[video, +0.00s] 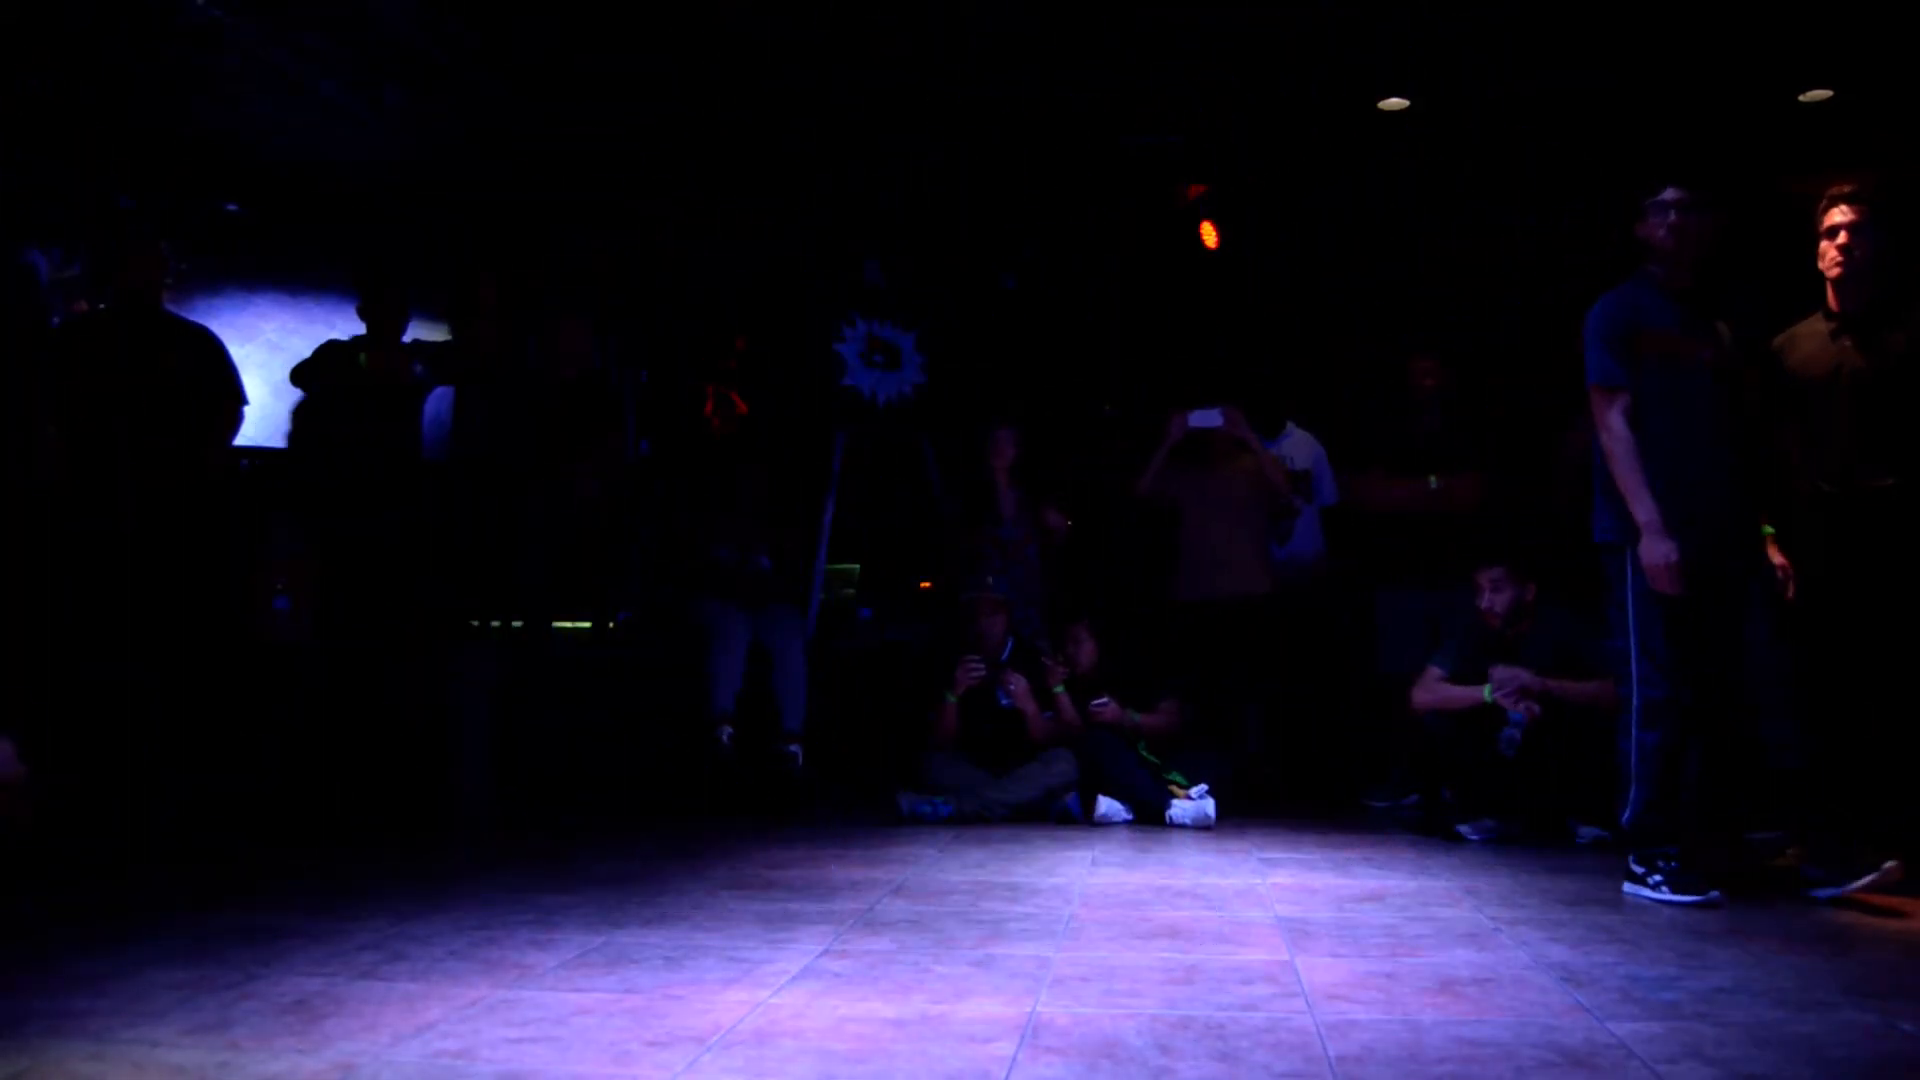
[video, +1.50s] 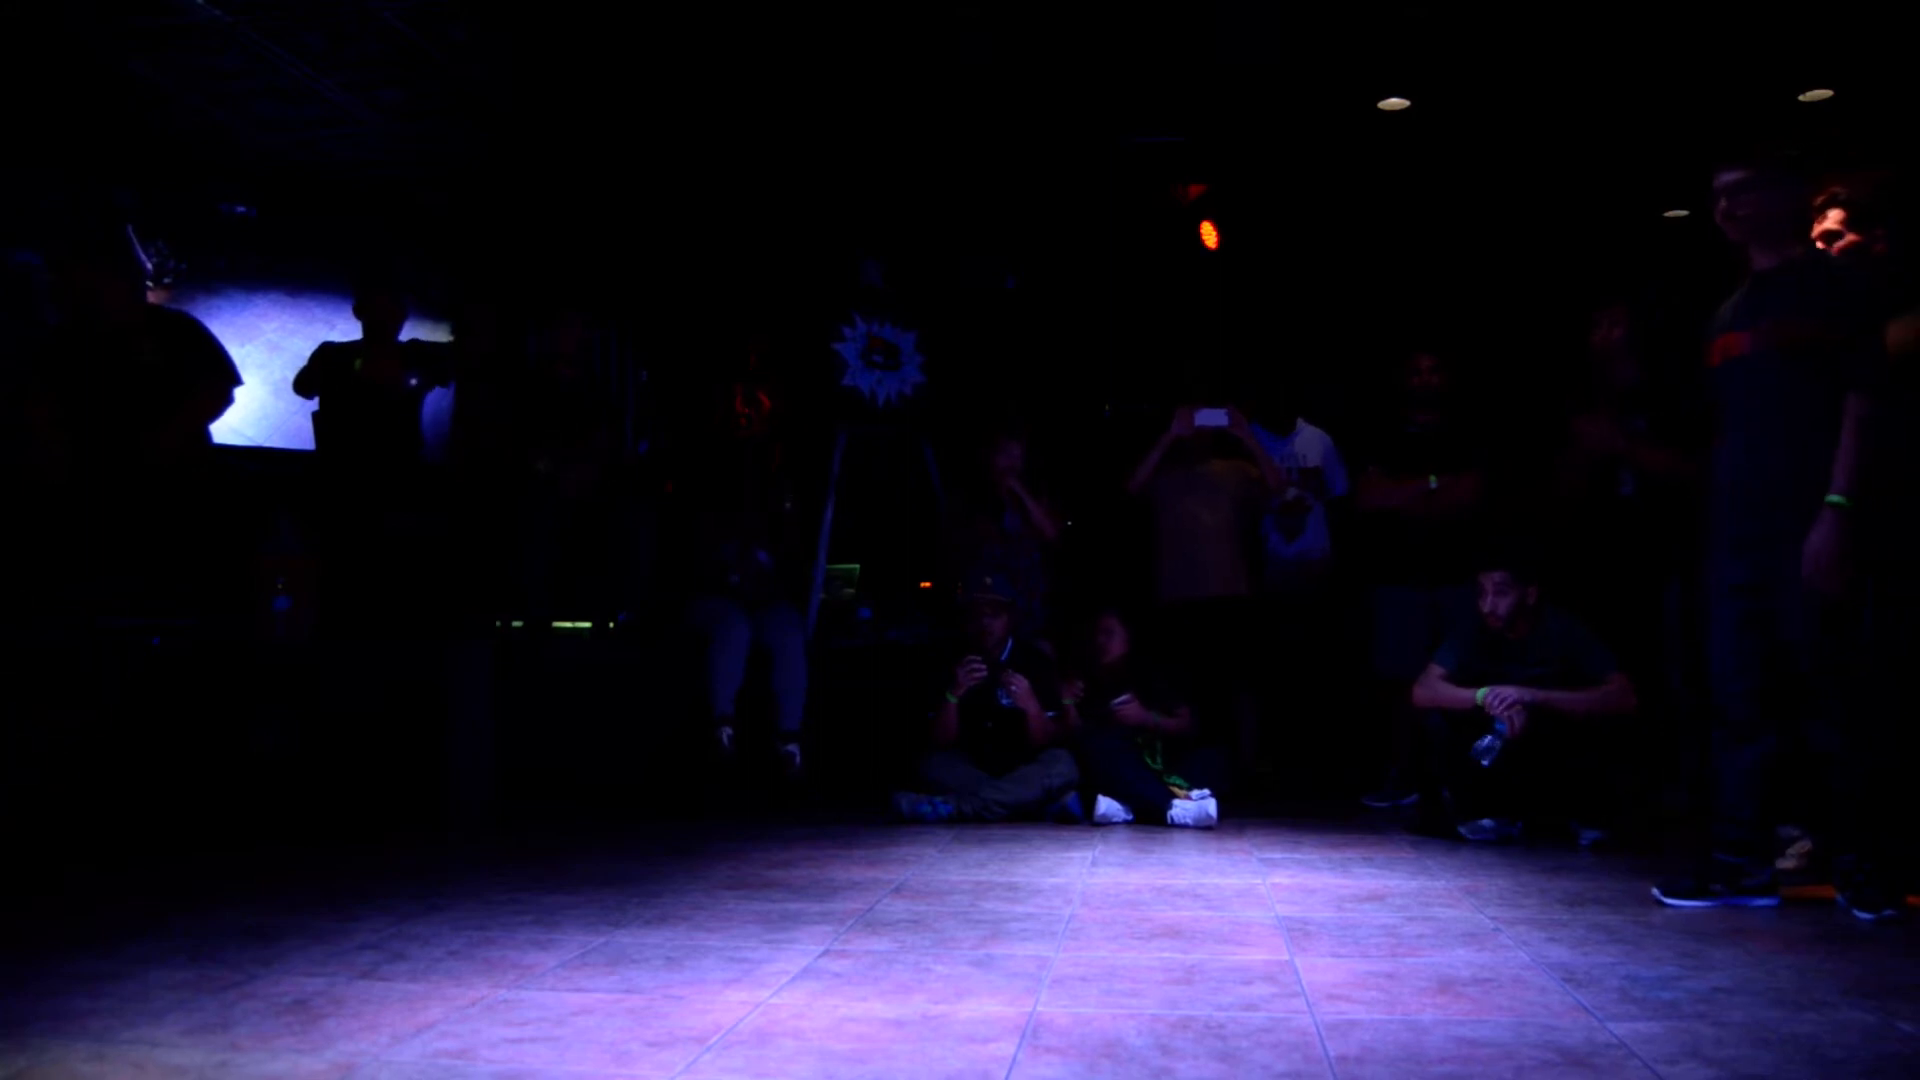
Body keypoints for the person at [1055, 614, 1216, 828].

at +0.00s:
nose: (1072, 652)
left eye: (1079, 643)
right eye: (1068, 645)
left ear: (1098, 644)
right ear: (1063, 650)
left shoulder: (1126, 679)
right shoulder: (1072, 685)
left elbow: (1168, 721)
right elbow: (1075, 730)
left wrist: (1122, 717)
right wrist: (1057, 687)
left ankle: (1127, 807)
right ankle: (1169, 806)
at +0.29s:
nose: (1073, 651)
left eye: (1080, 642)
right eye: (1069, 644)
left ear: (1099, 644)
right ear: (1063, 650)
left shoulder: (1126, 680)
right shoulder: (1072, 685)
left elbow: (1167, 723)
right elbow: (1075, 730)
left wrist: (1122, 718)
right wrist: (1057, 687)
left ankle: (1127, 806)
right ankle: (1169, 806)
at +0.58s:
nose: (1077, 650)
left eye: (1083, 641)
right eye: (1073, 643)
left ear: (1100, 644)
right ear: (1066, 648)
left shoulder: (1124, 680)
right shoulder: (1071, 685)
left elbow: (1166, 724)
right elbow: (1075, 729)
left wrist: (1122, 719)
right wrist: (1058, 688)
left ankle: (1126, 807)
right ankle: (1168, 807)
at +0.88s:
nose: (1079, 648)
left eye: (1086, 640)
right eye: (1075, 641)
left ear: (1105, 642)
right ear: (1068, 647)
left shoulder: (1133, 676)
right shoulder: (1077, 684)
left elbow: (1171, 721)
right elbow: (1077, 731)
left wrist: (1127, 719)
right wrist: (1060, 691)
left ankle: (1129, 807)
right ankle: (1170, 807)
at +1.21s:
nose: (1090, 644)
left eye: (1097, 635)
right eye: (1085, 636)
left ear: (1114, 639)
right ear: (1077, 643)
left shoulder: (1139, 676)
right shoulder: (1080, 682)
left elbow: (1176, 722)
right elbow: (1077, 732)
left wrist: (1132, 718)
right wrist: (1063, 694)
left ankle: (1130, 808)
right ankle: (1171, 807)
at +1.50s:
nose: (1103, 641)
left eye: (1110, 633)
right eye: (1099, 633)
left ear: (1127, 637)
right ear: (1091, 639)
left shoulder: (1147, 675)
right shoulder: (1088, 679)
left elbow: (1184, 723)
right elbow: (1080, 733)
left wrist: (1143, 717)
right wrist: (1068, 703)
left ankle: (1130, 808)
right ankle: (1170, 808)